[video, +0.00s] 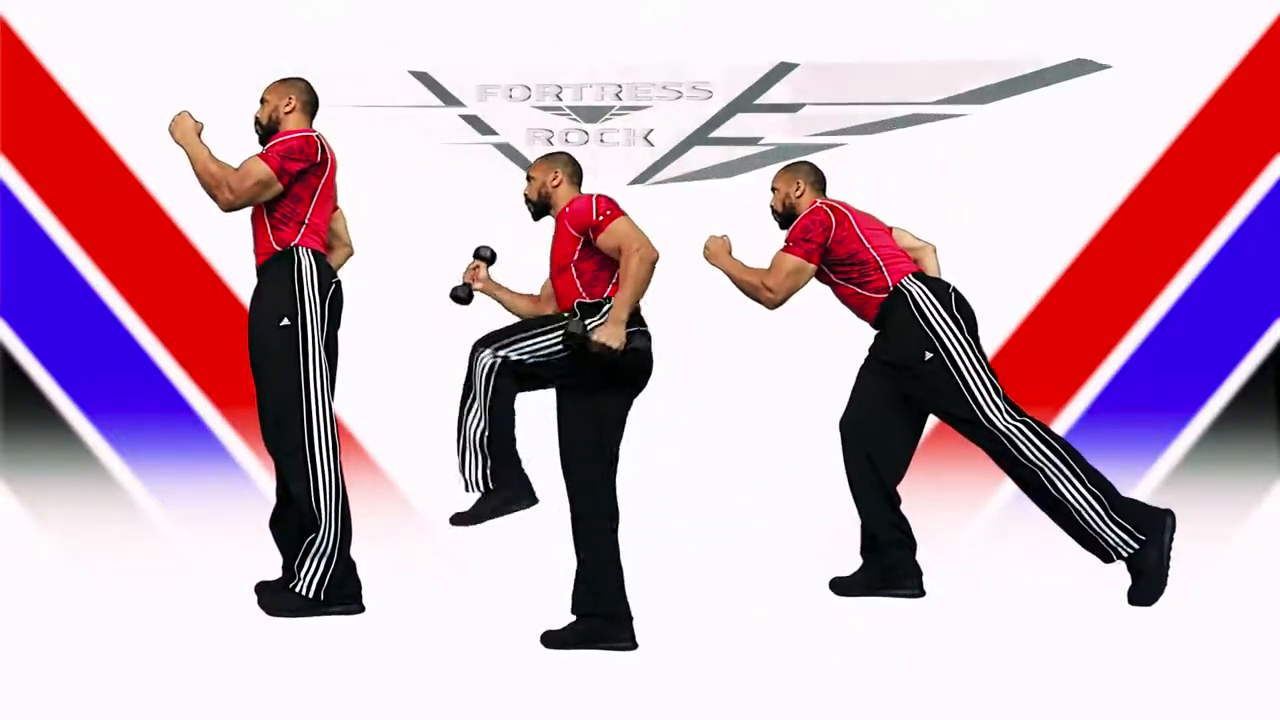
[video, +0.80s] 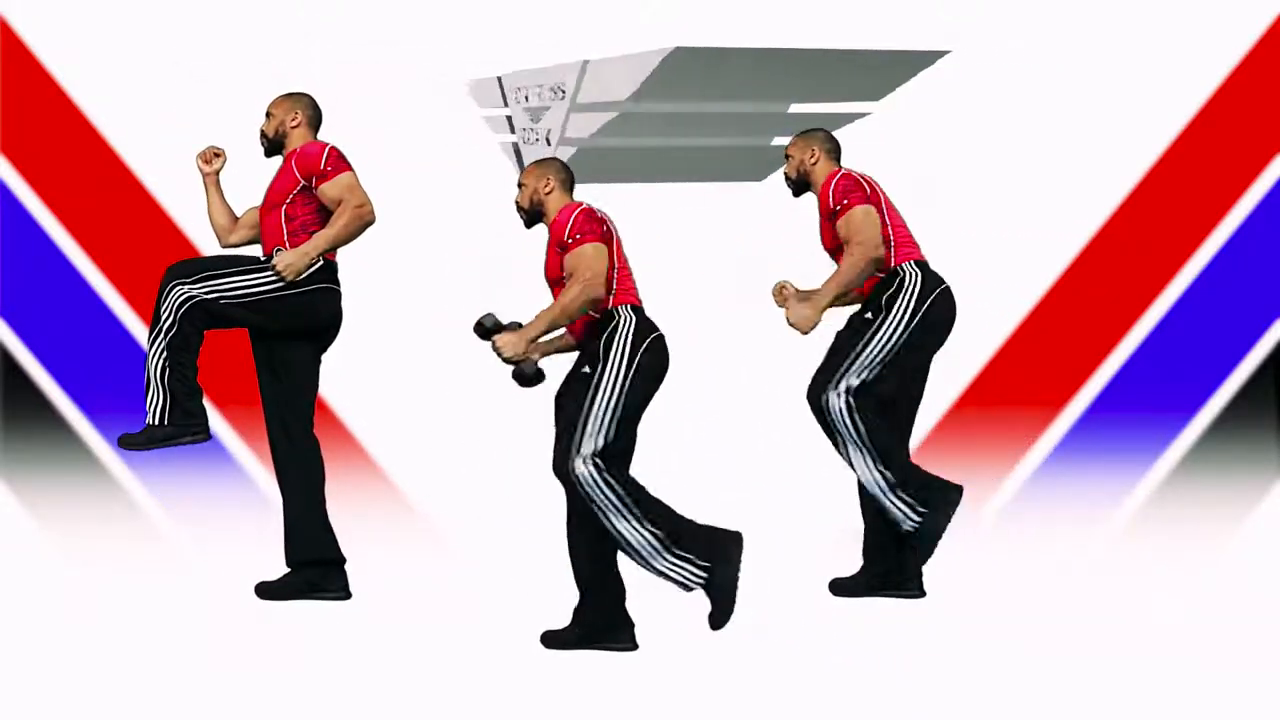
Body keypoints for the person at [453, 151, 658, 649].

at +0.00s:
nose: (525, 192)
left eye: (529, 181)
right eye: (525, 184)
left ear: (555, 178)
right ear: (559, 180)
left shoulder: (585, 207)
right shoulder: (567, 237)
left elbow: (641, 253)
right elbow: (543, 308)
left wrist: (617, 320)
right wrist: (488, 285)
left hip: (597, 335)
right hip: (609, 350)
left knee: (490, 356)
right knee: (589, 485)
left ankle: (503, 484)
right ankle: (603, 619)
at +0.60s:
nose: (532, 187)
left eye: (538, 177)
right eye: (533, 179)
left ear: (564, 176)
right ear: (564, 177)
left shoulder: (589, 205)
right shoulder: (571, 236)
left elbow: (638, 255)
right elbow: (550, 306)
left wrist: (616, 323)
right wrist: (494, 281)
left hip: (595, 333)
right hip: (614, 352)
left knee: (487, 357)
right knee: (581, 484)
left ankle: (494, 489)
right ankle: (602, 619)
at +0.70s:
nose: (526, 188)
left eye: (531, 178)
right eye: (527, 180)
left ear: (555, 176)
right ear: (561, 178)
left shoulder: (584, 209)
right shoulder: (568, 234)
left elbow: (616, 267)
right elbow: (572, 318)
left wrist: (575, 333)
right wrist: (512, 312)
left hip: (611, 337)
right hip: (615, 353)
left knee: (515, 409)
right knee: (584, 479)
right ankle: (602, 620)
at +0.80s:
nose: (518, 197)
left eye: (523, 187)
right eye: (518, 189)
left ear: (549, 185)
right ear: (550, 186)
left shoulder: (578, 216)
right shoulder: (563, 240)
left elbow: (590, 285)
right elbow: (590, 328)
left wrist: (526, 334)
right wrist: (537, 350)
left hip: (624, 340)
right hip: (600, 353)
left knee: (587, 463)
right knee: (575, 472)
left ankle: (709, 557)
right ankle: (602, 617)